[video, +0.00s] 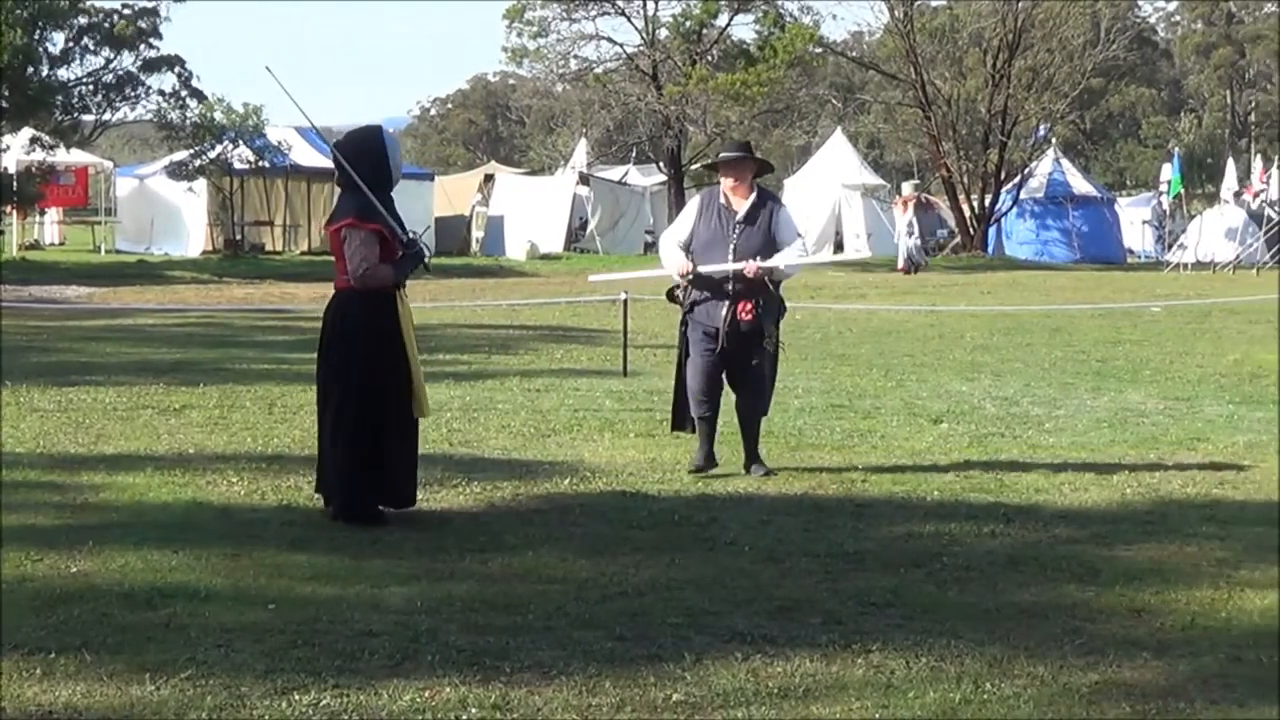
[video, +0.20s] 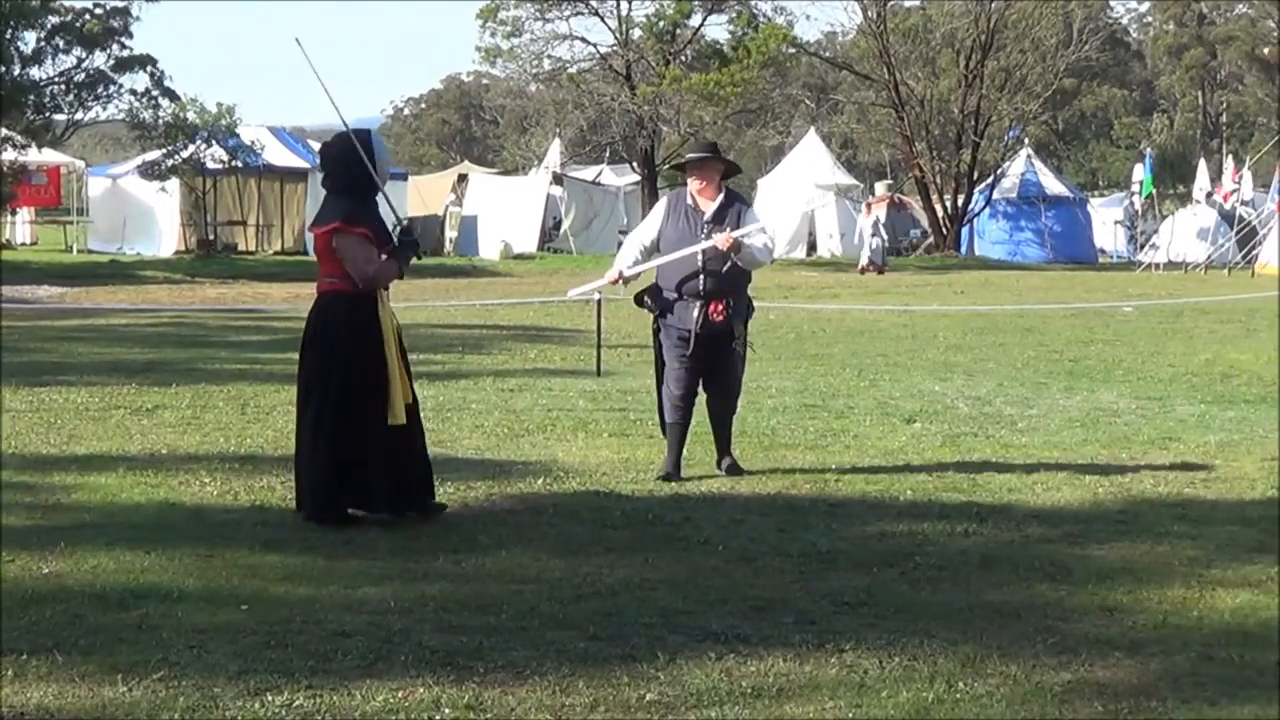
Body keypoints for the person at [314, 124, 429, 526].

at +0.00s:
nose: (396, 167)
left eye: (393, 158)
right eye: (390, 159)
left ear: (354, 165)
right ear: (373, 164)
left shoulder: (366, 209)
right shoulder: (357, 212)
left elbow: (367, 268)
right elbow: (362, 273)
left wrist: (404, 257)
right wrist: (405, 265)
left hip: (366, 315)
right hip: (359, 319)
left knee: (361, 402)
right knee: (360, 403)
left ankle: (353, 494)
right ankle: (356, 500)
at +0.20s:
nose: (388, 168)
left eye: (385, 161)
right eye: (381, 161)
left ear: (341, 171)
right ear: (362, 170)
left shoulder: (350, 212)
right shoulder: (344, 216)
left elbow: (366, 269)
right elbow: (368, 275)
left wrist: (396, 251)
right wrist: (401, 254)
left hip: (358, 315)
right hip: (346, 318)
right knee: (342, 407)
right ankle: (330, 502)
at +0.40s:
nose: (381, 172)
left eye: (378, 165)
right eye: (374, 165)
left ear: (335, 174)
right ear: (357, 172)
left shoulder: (354, 215)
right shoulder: (341, 220)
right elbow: (385, 269)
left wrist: (391, 243)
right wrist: (400, 247)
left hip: (362, 317)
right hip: (342, 318)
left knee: (385, 404)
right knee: (332, 406)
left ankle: (425, 491)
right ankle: (314, 499)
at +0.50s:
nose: (381, 170)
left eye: (378, 162)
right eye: (376, 163)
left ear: (336, 173)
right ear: (361, 171)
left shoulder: (340, 214)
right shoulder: (350, 219)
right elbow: (391, 269)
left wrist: (387, 239)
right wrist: (399, 241)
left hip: (344, 312)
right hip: (353, 317)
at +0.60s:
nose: (382, 168)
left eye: (379, 162)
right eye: (375, 162)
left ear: (333, 173)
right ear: (362, 170)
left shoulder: (332, 214)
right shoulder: (359, 215)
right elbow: (394, 265)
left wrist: (385, 228)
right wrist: (395, 229)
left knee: (322, 400)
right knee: (389, 402)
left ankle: (301, 494)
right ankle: (400, 500)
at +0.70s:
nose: (378, 169)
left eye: (375, 162)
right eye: (372, 163)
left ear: (329, 173)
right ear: (359, 170)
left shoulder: (329, 214)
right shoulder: (355, 216)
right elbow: (393, 264)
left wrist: (381, 227)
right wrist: (391, 229)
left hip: (333, 313)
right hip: (362, 316)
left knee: (324, 402)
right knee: (382, 406)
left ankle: (301, 494)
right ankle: (388, 502)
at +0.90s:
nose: (371, 172)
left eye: (369, 165)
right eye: (366, 165)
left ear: (324, 171)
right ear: (354, 171)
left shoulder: (325, 211)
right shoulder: (342, 214)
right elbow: (377, 270)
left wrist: (371, 235)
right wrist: (377, 236)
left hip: (325, 313)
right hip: (345, 317)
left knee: (328, 404)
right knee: (355, 407)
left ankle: (327, 498)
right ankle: (355, 503)